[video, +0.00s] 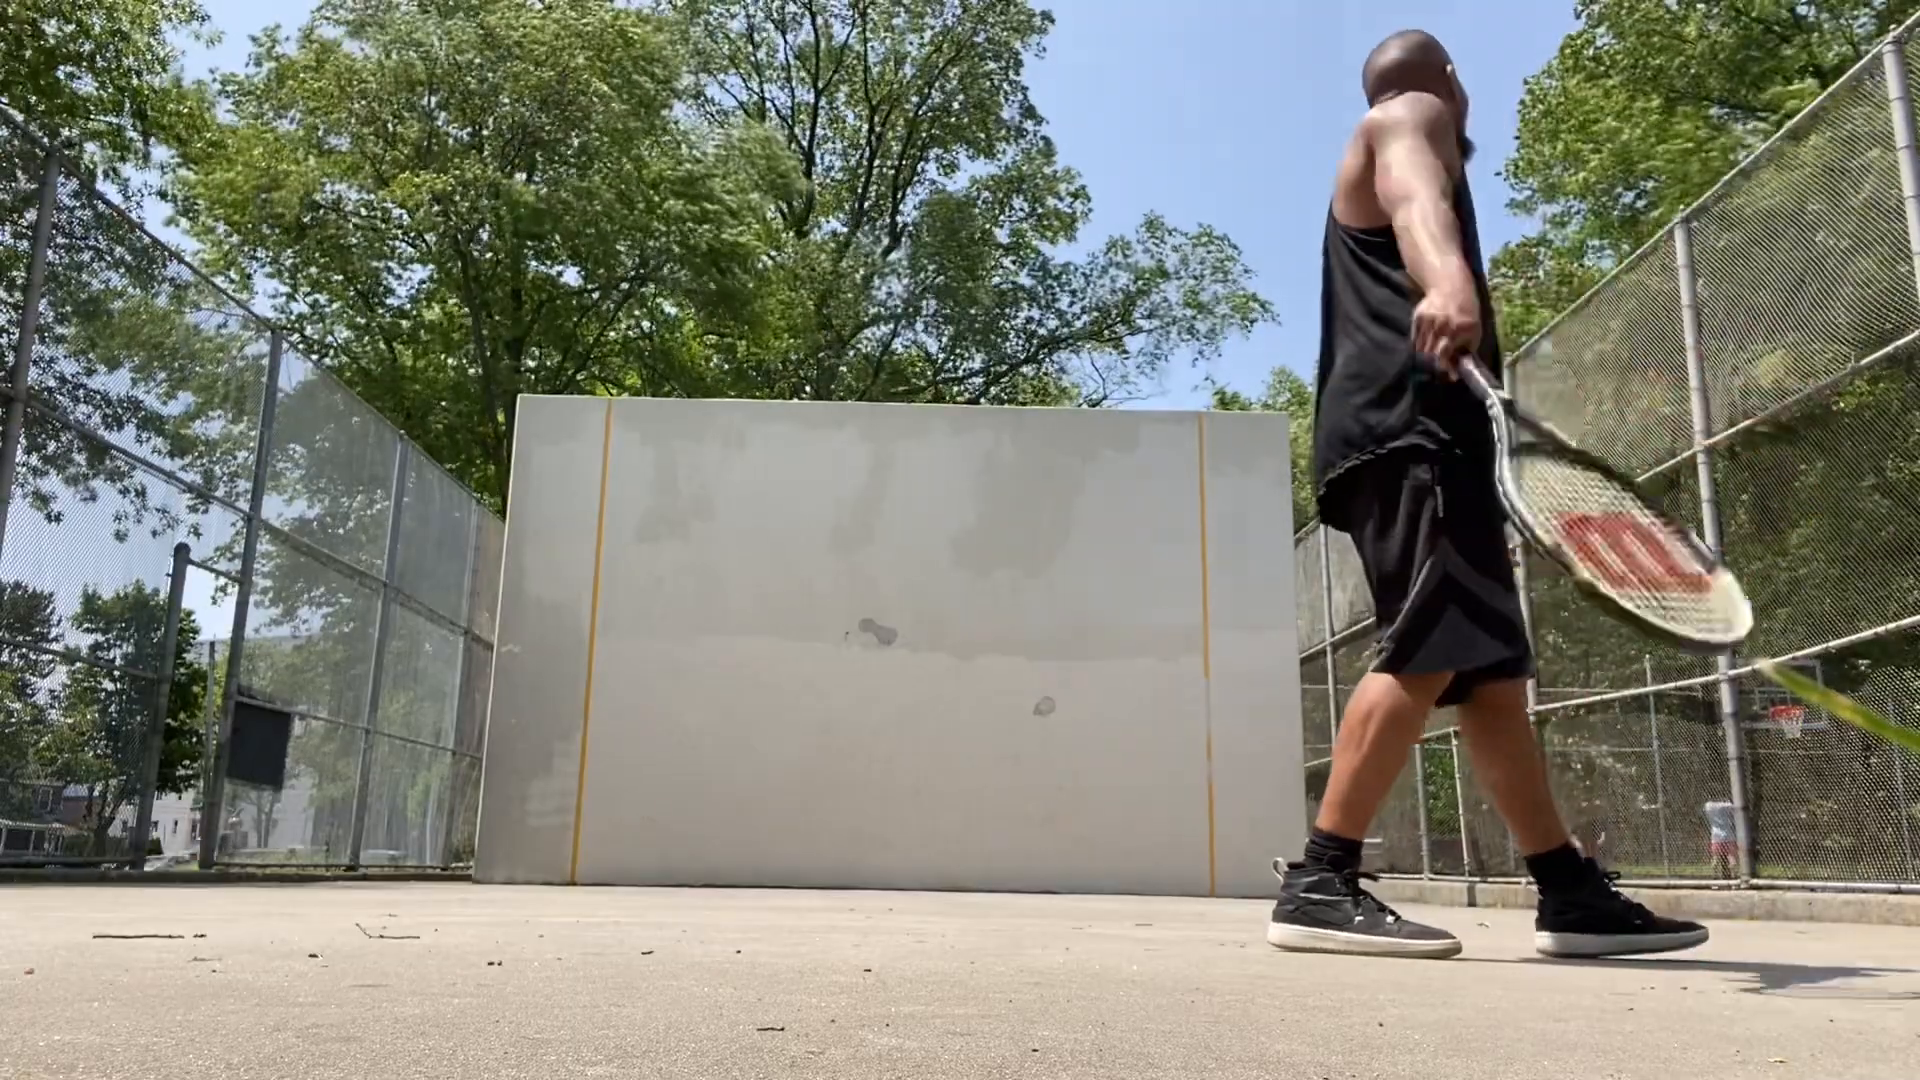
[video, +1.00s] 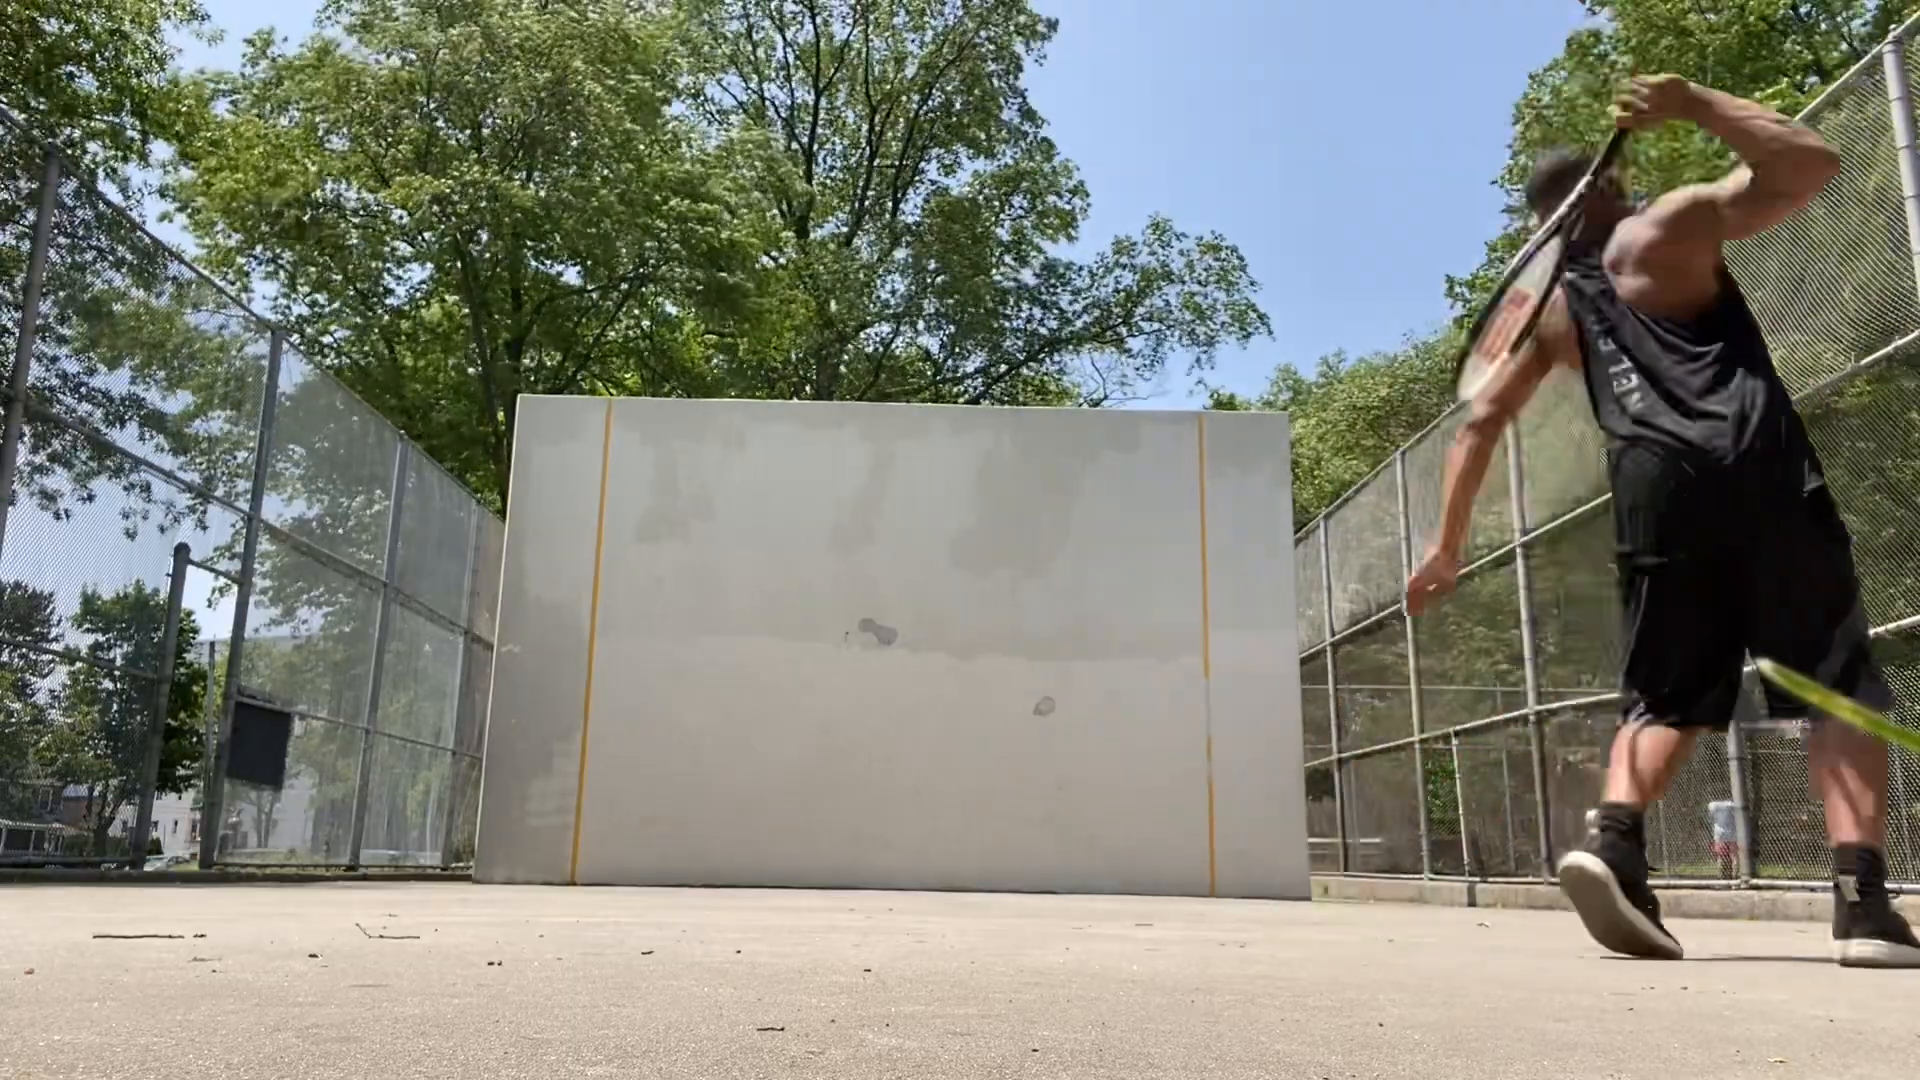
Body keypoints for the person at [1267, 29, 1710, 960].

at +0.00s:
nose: (1466, 96)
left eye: (1460, 85)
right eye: (1460, 81)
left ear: (1382, 88)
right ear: (1438, 73)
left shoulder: (1392, 155)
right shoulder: (1413, 111)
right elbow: (1413, 201)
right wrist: (1449, 279)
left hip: (1426, 438)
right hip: (1405, 429)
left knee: (1489, 664)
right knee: (1427, 644)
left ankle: (1570, 892)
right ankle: (1321, 881)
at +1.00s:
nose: (1619, 182)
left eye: (1608, 176)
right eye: (1609, 177)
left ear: (1550, 220)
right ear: (1601, 189)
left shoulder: (1547, 307)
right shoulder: (1667, 224)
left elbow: (1481, 418)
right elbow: (1810, 163)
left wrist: (1446, 545)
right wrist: (1695, 102)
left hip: (1654, 504)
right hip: (1764, 477)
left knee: (1671, 686)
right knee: (1839, 678)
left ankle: (1613, 846)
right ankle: (1863, 903)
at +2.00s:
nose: (1483, 298)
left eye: (1484, 289)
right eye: (1485, 290)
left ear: (1496, 287)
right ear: (1568, 282)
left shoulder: (1475, 345)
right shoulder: (1629, 322)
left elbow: (1473, 479)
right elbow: (1706, 437)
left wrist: (1545, 499)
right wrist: (1635, 464)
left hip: (1553, 547)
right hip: (1659, 541)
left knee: (1496, 712)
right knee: (1721, 716)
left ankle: (1473, 891)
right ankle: (1843, 893)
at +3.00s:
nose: (1601, 229)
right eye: (1591, 219)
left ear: (1524, 235)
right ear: (1571, 234)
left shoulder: (1505, 289)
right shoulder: (1606, 305)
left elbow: (1435, 401)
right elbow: (1481, 313)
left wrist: (1363, 348)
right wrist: (1470, 236)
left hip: (1530, 490)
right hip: (1625, 500)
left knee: (1425, 664)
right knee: (1640, 706)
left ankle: (1389, 844)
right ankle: (1710, 899)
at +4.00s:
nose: (1202, 101)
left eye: (1184, 85)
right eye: (1204, 91)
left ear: (1123, 73)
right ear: (1196, 84)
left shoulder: (1038, 143)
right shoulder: (1194, 119)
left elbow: (1060, 296)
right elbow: (1235, 240)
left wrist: (1191, 304)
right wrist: (1315, 240)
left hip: (994, 401)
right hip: (1116, 408)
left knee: (948, 635)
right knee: (1210, 637)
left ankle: (876, 867)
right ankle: (1275, 881)